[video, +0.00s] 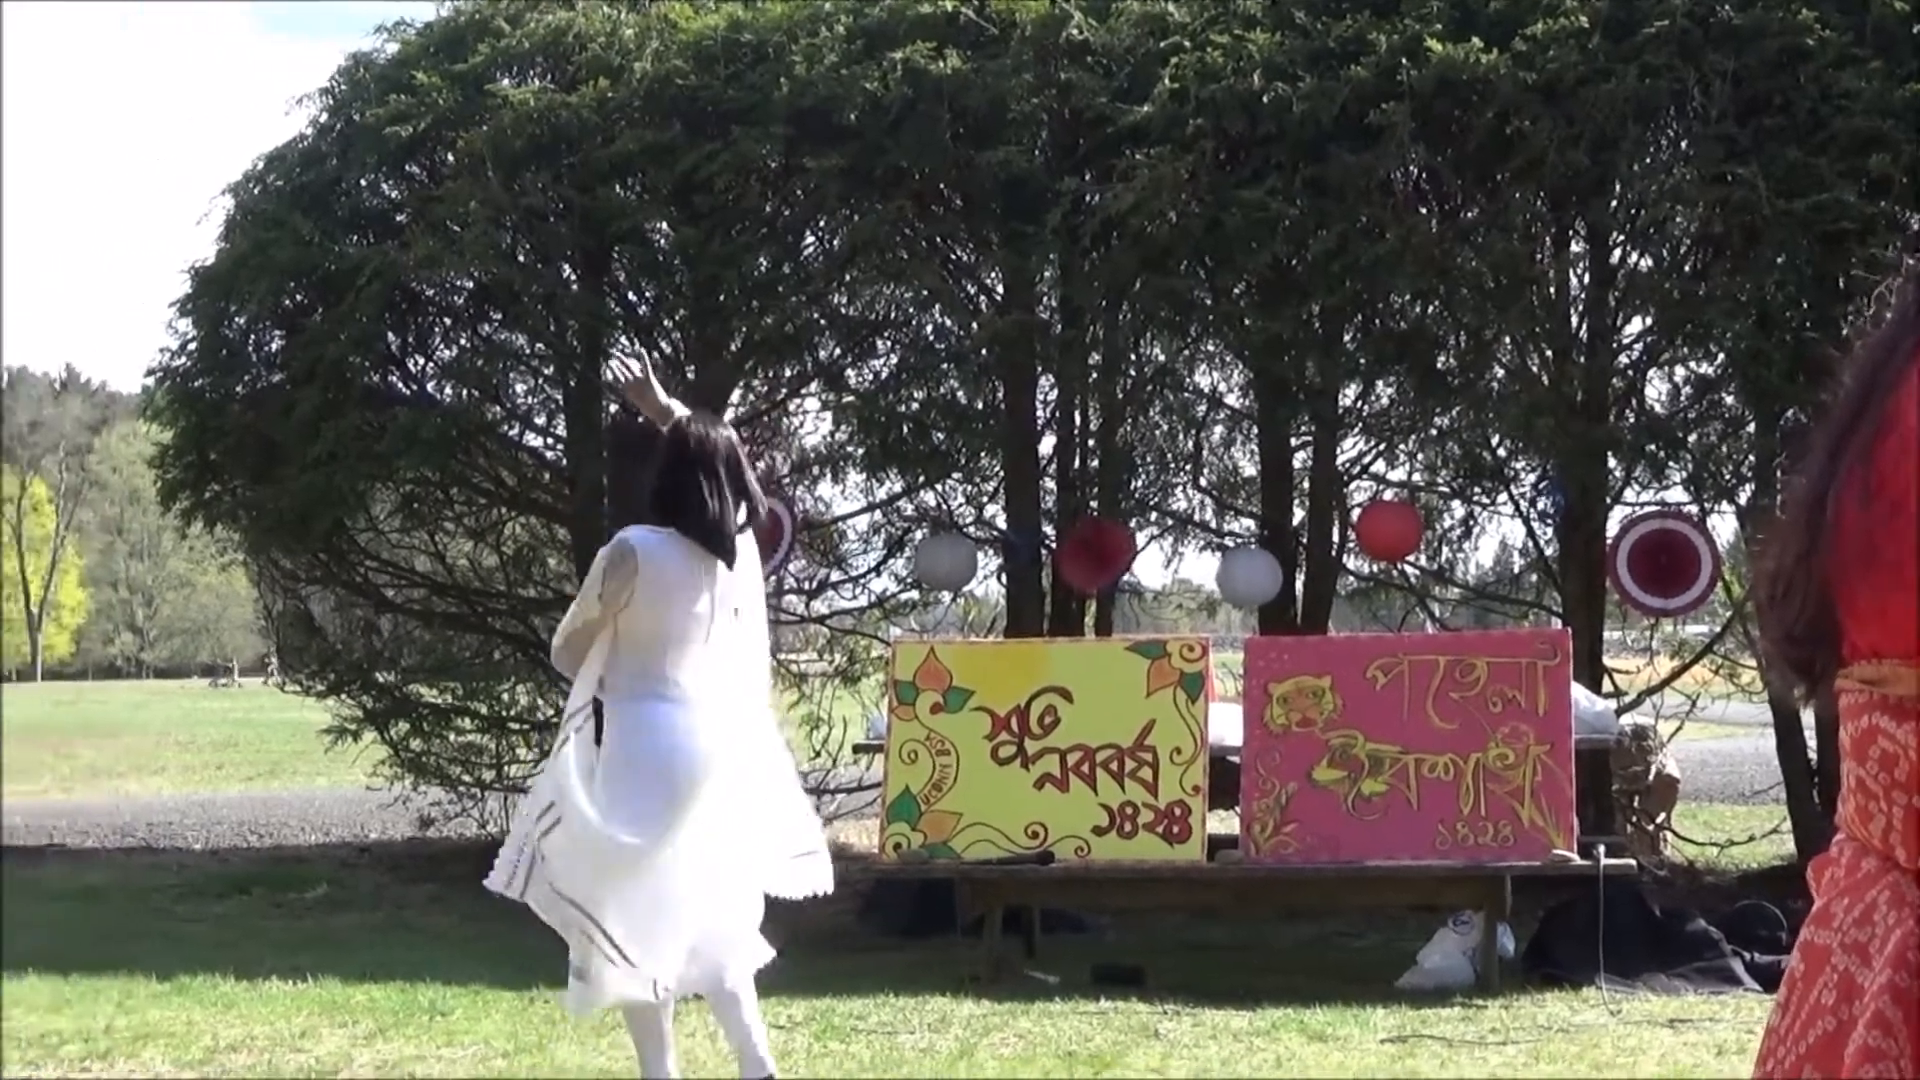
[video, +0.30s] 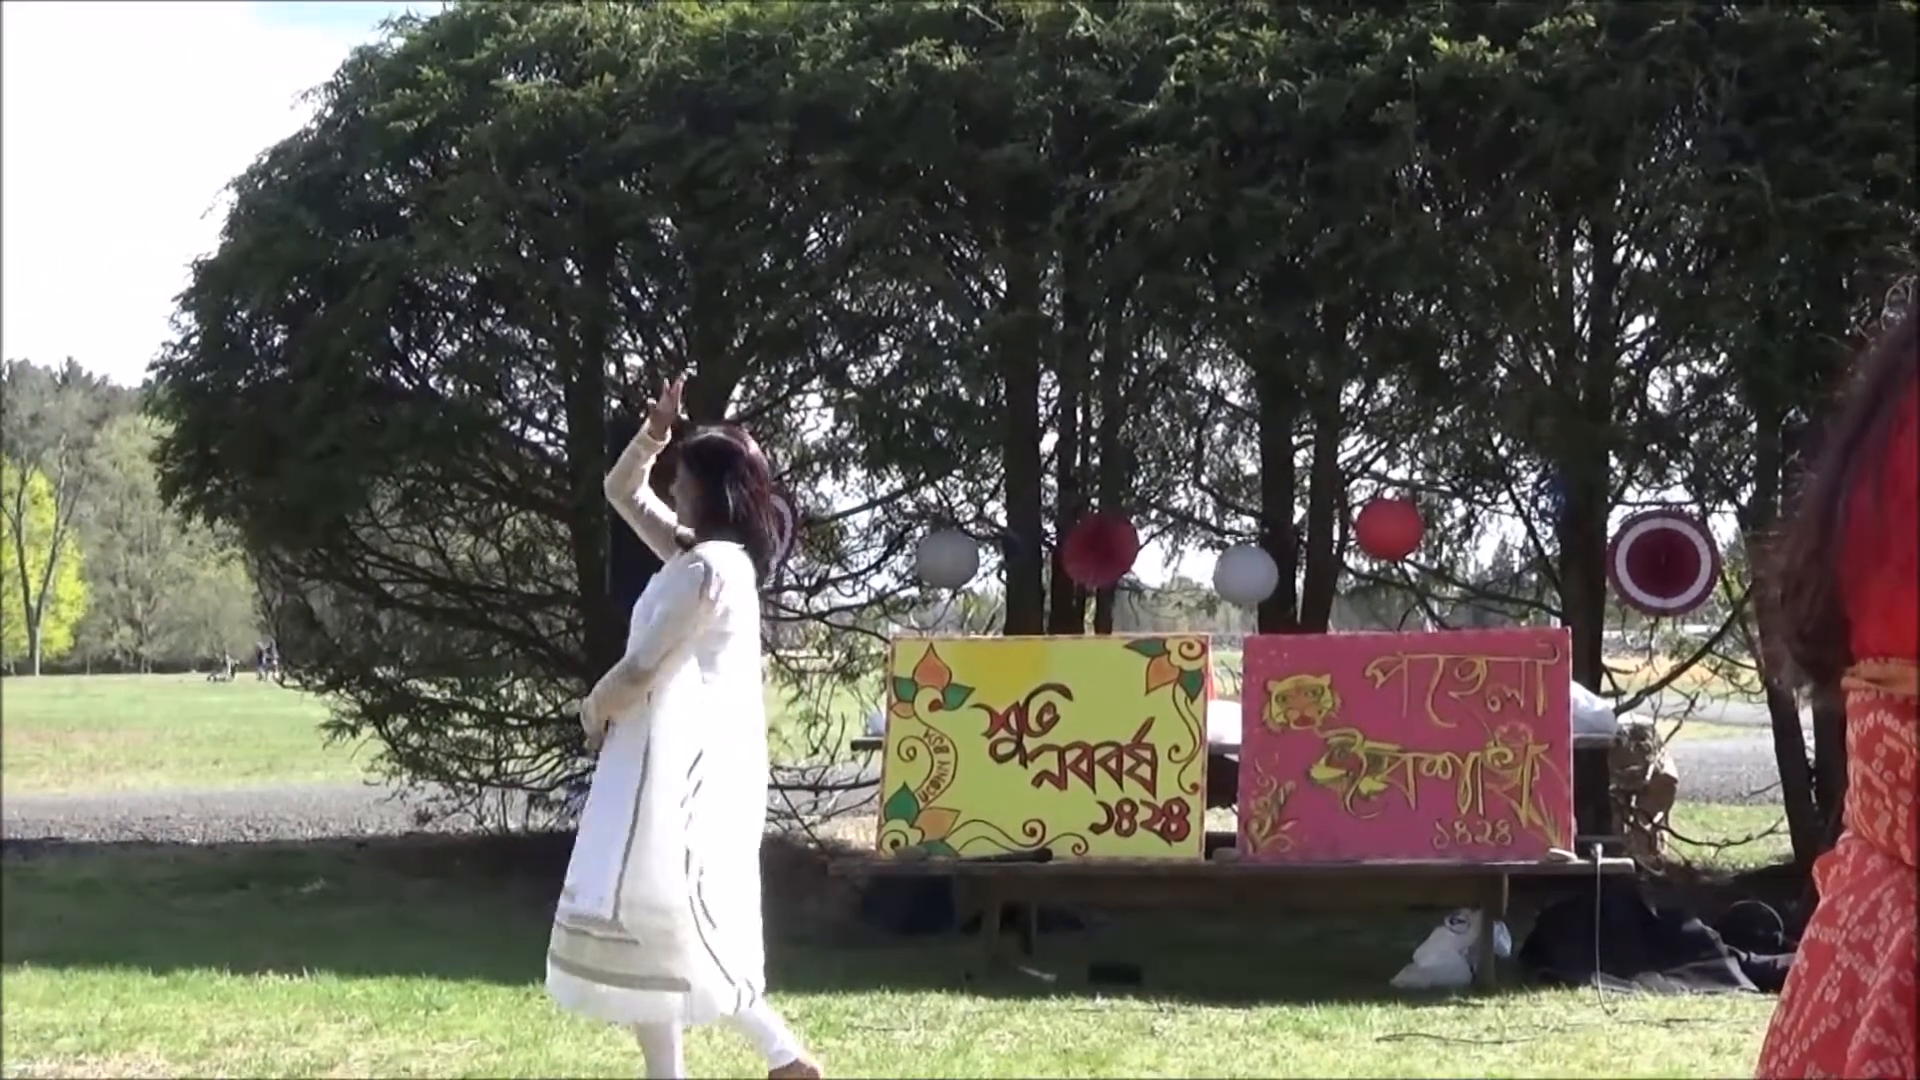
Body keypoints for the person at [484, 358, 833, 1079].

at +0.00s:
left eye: (661, 458)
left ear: (666, 474)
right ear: (734, 481)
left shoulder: (631, 551)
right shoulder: (744, 553)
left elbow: (567, 645)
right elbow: (723, 466)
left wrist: (612, 687)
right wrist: (662, 407)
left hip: (642, 736)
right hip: (720, 735)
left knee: (631, 912)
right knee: (718, 911)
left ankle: (659, 1069)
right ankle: (759, 1065)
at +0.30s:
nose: (671, 492)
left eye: (679, 480)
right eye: (672, 480)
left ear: (716, 490)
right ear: (727, 494)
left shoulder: (700, 567)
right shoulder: (716, 557)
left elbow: (639, 673)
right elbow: (624, 491)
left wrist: (595, 708)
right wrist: (656, 427)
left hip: (667, 784)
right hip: (704, 779)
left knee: (639, 930)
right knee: (695, 929)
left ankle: (664, 1069)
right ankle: (786, 1057)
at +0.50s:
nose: (684, 491)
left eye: (697, 478)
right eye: (683, 480)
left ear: (738, 485)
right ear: (686, 487)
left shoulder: (753, 563)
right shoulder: (676, 553)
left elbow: (715, 670)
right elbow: (592, 501)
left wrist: (621, 715)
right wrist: (658, 430)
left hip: (707, 776)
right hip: (652, 772)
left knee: (703, 937)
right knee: (661, 932)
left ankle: (771, 1067)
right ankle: (667, 1069)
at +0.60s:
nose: (698, 487)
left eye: (714, 474)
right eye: (694, 474)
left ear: (756, 482)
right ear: (690, 481)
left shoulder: (768, 562)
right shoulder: (679, 550)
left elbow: (745, 668)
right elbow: (592, 513)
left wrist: (646, 728)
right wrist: (655, 438)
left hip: (728, 762)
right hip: (667, 760)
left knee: (718, 933)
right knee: (675, 924)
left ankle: (779, 1068)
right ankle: (679, 1068)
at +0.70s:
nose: (717, 489)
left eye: (734, 477)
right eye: (708, 475)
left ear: (767, 488)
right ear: (698, 484)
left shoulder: (782, 567)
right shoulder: (682, 560)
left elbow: (772, 672)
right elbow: (597, 528)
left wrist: (687, 747)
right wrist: (654, 447)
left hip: (744, 777)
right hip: (676, 771)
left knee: (735, 946)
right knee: (679, 937)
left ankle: (781, 1070)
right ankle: (682, 1072)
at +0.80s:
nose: (735, 492)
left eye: (751, 481)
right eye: (726, 479)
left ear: (781, 491)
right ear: (712, 489)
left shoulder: (796, 569)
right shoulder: (691, 567)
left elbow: (795, 677)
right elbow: (603, 541)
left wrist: (744, 766)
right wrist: (644, 455)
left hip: (766, 768)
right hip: (695, 764)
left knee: (716, 925)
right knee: (736, 928)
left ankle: (687, 1070)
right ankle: (785, 1070)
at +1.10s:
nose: (759, 490)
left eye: (771, 477)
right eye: (746, 478)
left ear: (793, 485)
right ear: (726, 488)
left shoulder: (817, 560)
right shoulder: (694, 563)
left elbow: (857, 661)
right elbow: (591, 561)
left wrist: (893, 740)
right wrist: (573, 465)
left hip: (790, 763)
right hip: (713, 760)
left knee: (751, 911)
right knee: (757, 917)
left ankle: (727, 1068)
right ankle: (787, 1069)